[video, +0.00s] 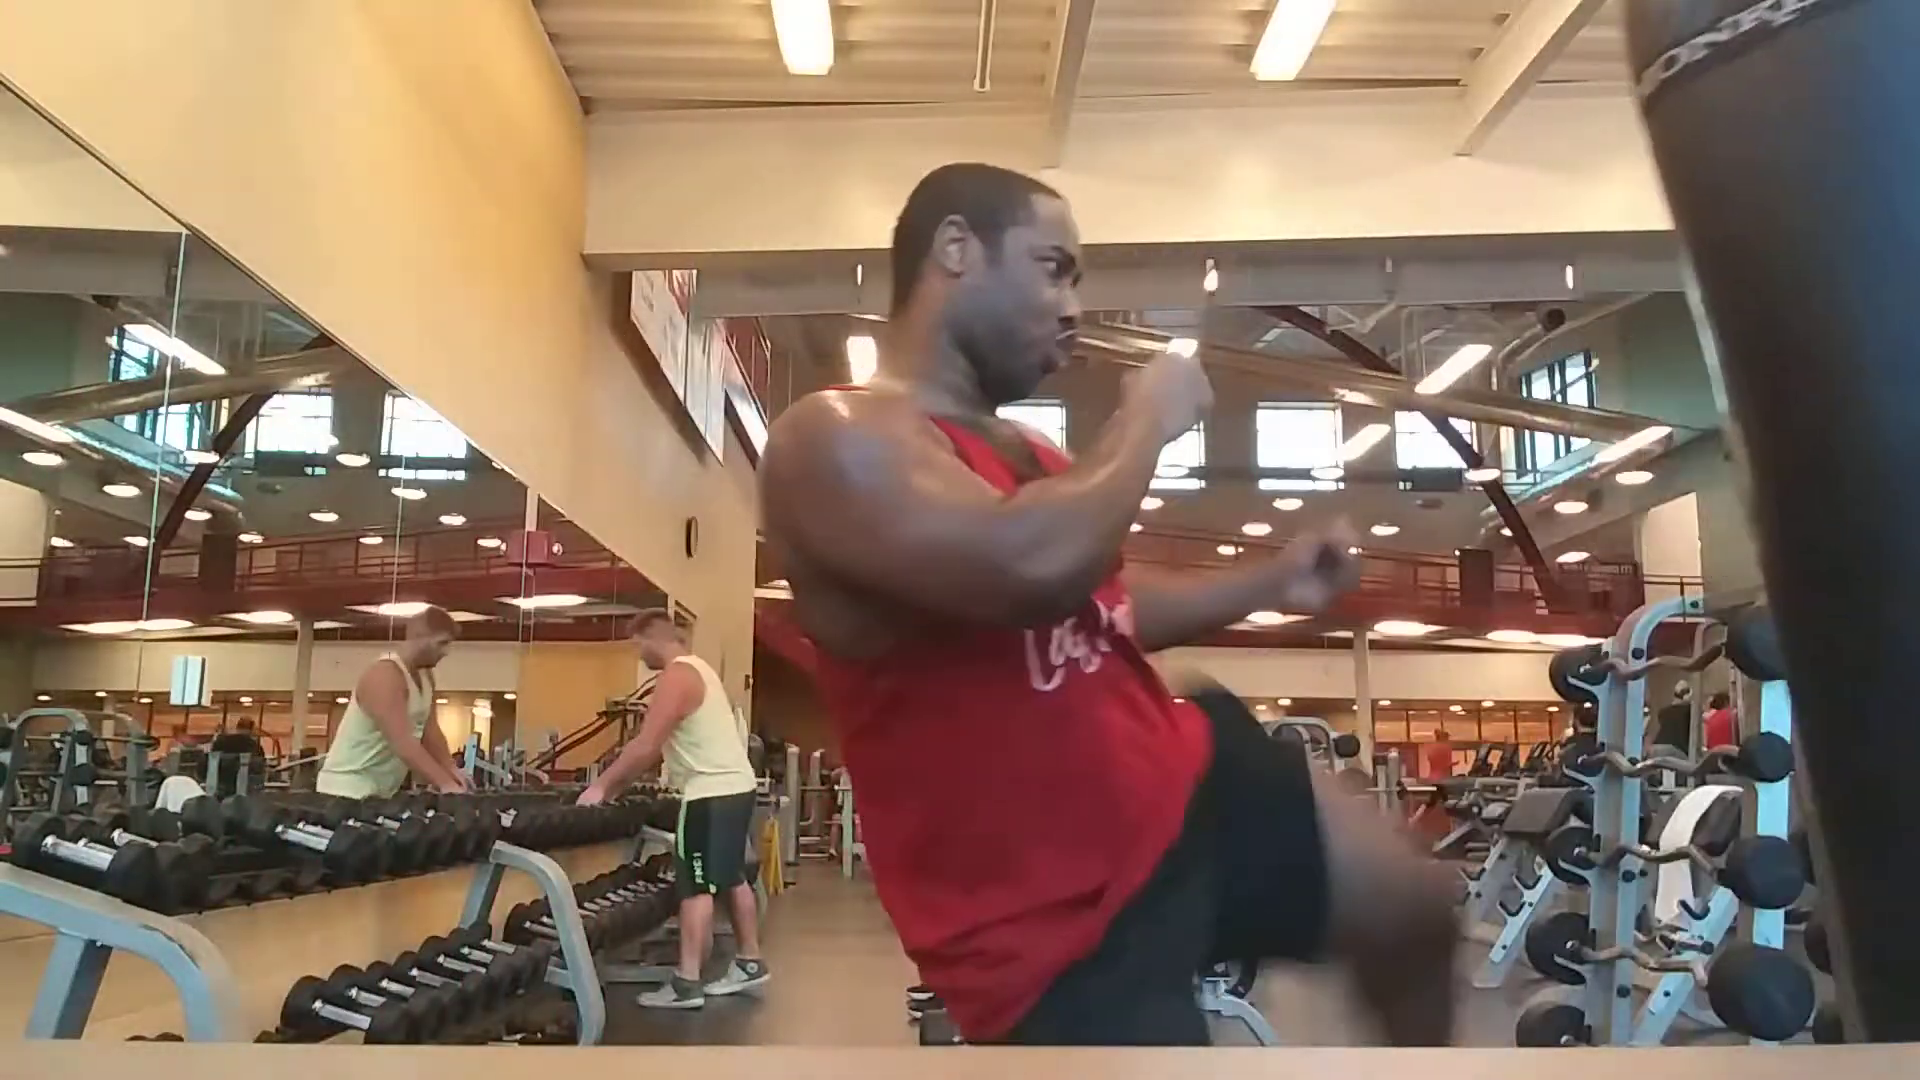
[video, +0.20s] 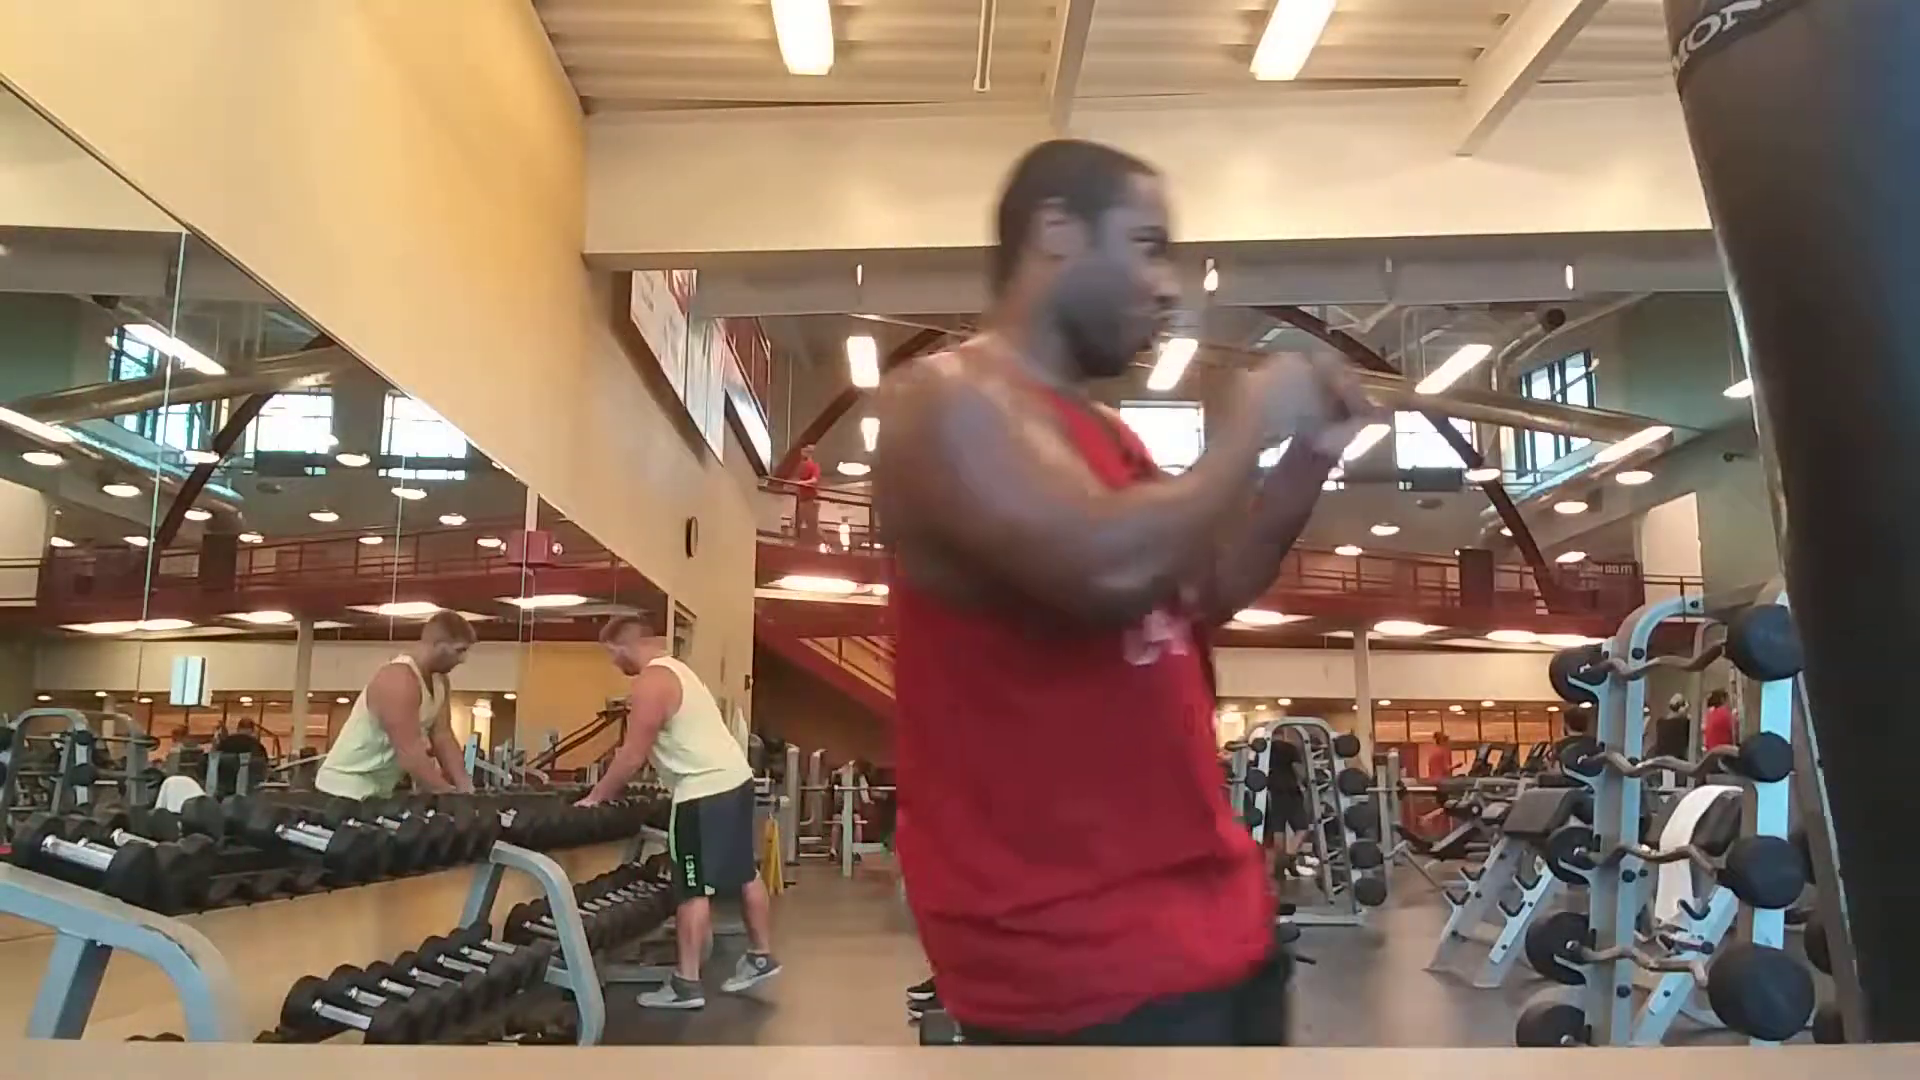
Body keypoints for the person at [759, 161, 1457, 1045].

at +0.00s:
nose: (1074, 307)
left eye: (1074, 280)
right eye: (1054, 269)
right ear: (955, 256)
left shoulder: (1017, 447)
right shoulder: (833, 437)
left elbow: (1096, 613)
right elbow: (1027, 564)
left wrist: (1266, 581)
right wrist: (1148, 416)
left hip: (1182, 790)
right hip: (1061, 937)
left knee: (1415, 905)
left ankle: (1417, 1058)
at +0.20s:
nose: (1171, 288)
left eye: (1170, 258)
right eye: (1150, 249)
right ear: (1054, 235)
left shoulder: (1099, 430)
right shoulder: (946, 399)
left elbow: (1210, 587)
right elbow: (1101, 569)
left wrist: (1311, 456)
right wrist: (1248, 427)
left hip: (1202, 930)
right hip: (1083, 958)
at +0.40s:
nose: (1247, 354)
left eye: (1247, 324)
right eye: (1229, 315)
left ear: (1145, 313)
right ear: (1138, 306)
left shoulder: (1135, 484)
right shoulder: (1037, 440)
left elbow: (1236, 645)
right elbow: (1162, 623)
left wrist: (1314, 517)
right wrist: (1348, 528)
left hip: (1194, 948)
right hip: (1079, 964)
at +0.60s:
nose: (1192, 358)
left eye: (1193, 330)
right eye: (1175, 321)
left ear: (1086, 319)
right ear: (1087, 311)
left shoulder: (1074, 450)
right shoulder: (1011, 427)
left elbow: (1219, 576)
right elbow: (1200, 554)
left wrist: (1347, 491)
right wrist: (1433, 481)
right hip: (996, 968)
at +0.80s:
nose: (1116, 279)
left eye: (1114, 246)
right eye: (1096, 237)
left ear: (998, 236)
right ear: (1003, 228)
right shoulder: (928, 344)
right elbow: (1159, 478)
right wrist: (1413, 489)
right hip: (865, 928)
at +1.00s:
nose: (957, 341)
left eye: (961, 314)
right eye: (943, 306)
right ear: (855, 282)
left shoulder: (814, 442)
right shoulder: (777, 390)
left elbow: (926, 608)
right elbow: (1060, 467)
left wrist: (1013, 493)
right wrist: (1294, 467)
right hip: (703, 956)